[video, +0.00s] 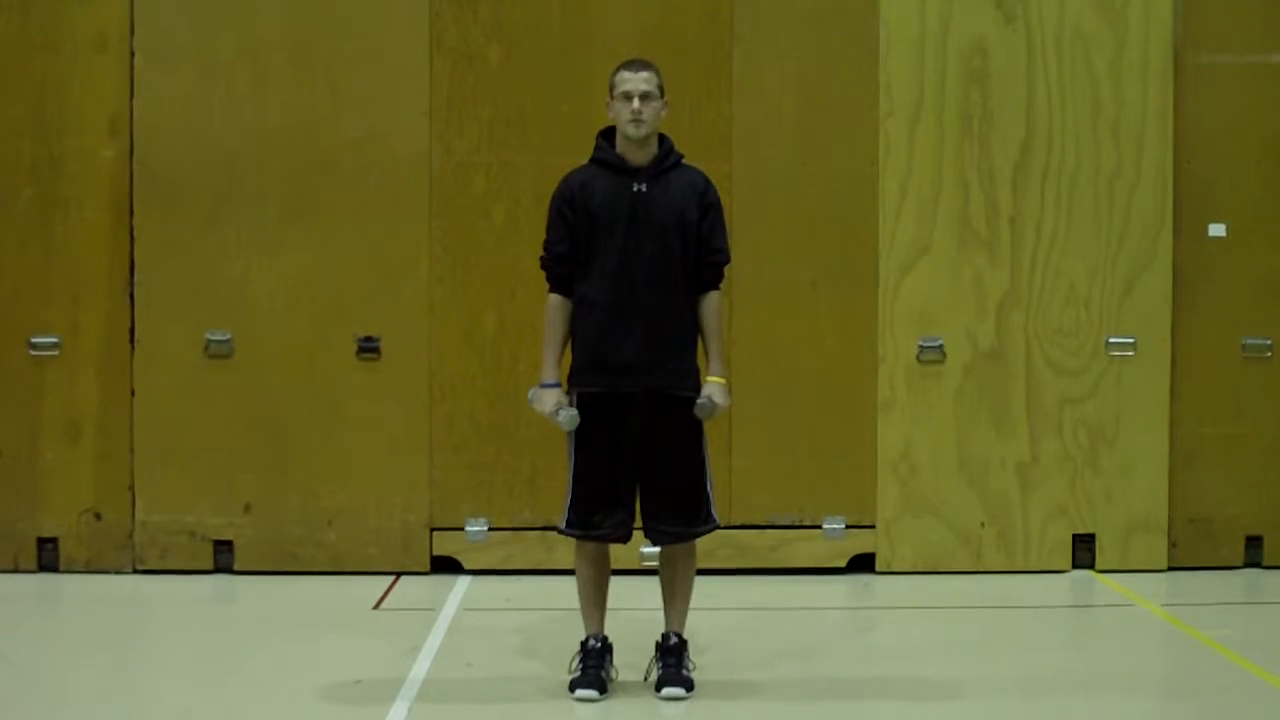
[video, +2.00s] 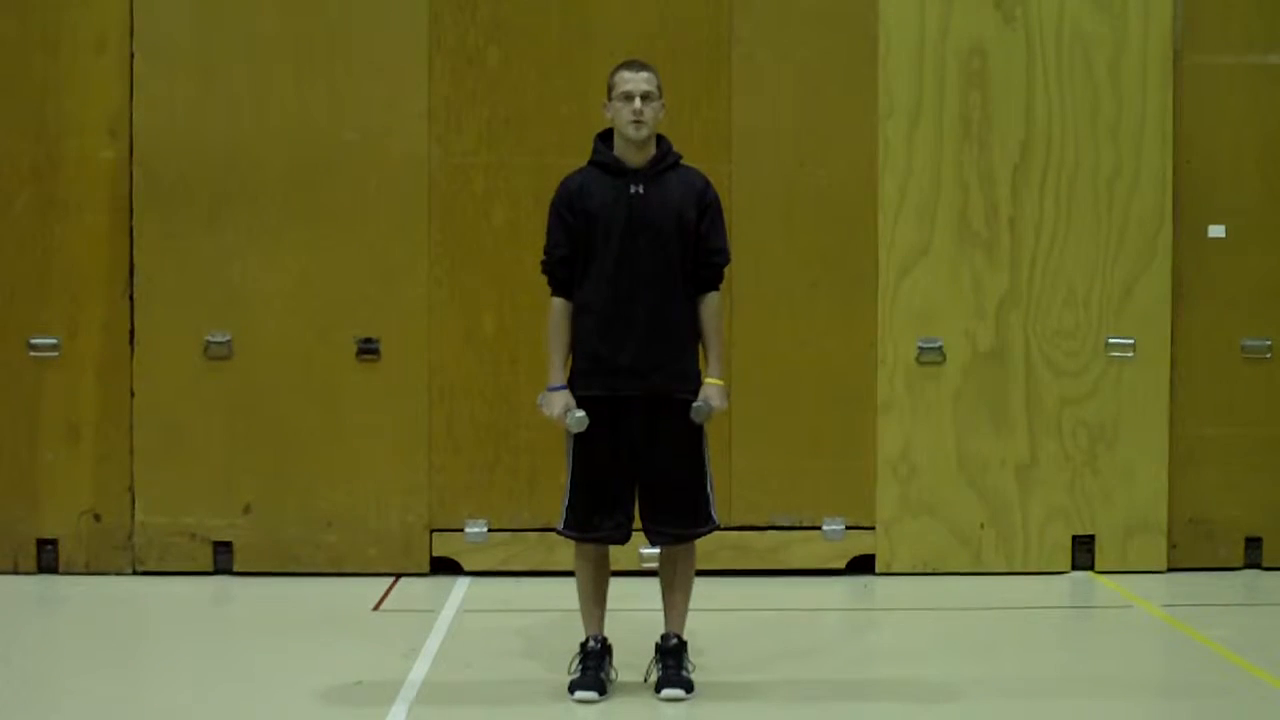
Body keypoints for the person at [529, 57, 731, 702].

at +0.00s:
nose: (638, 107)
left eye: (648, 98)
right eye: (627, 98)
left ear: (665, 108)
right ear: (609, 107)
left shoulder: (694, 188)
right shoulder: (578, 188)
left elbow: (710, 288)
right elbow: (559, 290)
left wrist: (717, 372)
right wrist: (549, 378)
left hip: (673, 384)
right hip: (597, 384)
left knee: (678, 525)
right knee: (593, 521)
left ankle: (673, 648)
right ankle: (593, 647)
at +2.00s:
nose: (637, 107)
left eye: (648, 98)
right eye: (626, 98)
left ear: (663, 109)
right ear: (608, 109)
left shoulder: (693, 189)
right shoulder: (577, 190)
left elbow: (709, 290)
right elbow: (561, 294)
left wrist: (717, 374)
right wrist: (556, 382)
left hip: (672, 385)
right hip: (596, 385)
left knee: (677, 524)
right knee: (591, 523)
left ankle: (673, 649)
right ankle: (593, 648)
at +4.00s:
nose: (645, 107)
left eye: (655, 98)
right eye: (634, 97)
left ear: (669, 107)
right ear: (614, 106)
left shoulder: (698, 189)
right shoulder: (581, 189)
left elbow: (713, 290)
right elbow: (565, 292)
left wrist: (723, 374)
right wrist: (560, 379)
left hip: (676, 384)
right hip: (601, 384)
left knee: (680, 525)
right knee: (595, 523)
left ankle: (675, 647)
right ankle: (595, 647)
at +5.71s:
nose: (591, 167)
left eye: (597, 154)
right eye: (583, 157)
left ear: (631, 133)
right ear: (584, 149)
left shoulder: (696, 194)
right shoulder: (588, 200)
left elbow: (720, 295)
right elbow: (591, 295)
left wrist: (720, 387)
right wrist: (583, 377)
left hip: (677, 388)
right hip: (605, 387)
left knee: (683, 524)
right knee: (586, 515)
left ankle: (676, 648)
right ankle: (595, 644)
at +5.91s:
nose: (551, 181)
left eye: (554, 167)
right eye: (543, 171)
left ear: (583, 142)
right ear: (550, 159)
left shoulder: (658, 196)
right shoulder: (569, 210)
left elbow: (686, 295)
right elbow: (590, 296)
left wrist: (679, 391)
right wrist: (589, 371)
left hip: (651, 389)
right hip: (585, 386)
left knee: (666, 527)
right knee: (542, 514)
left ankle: (674, 650)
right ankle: (507, 645)